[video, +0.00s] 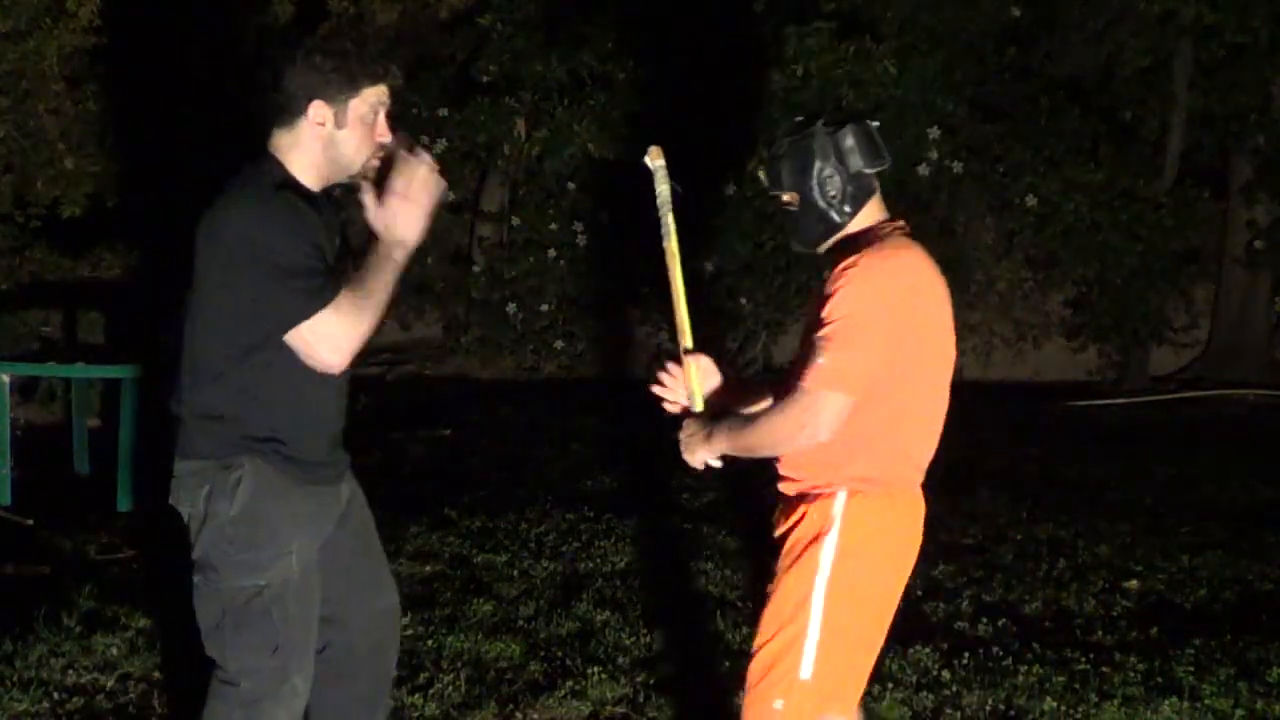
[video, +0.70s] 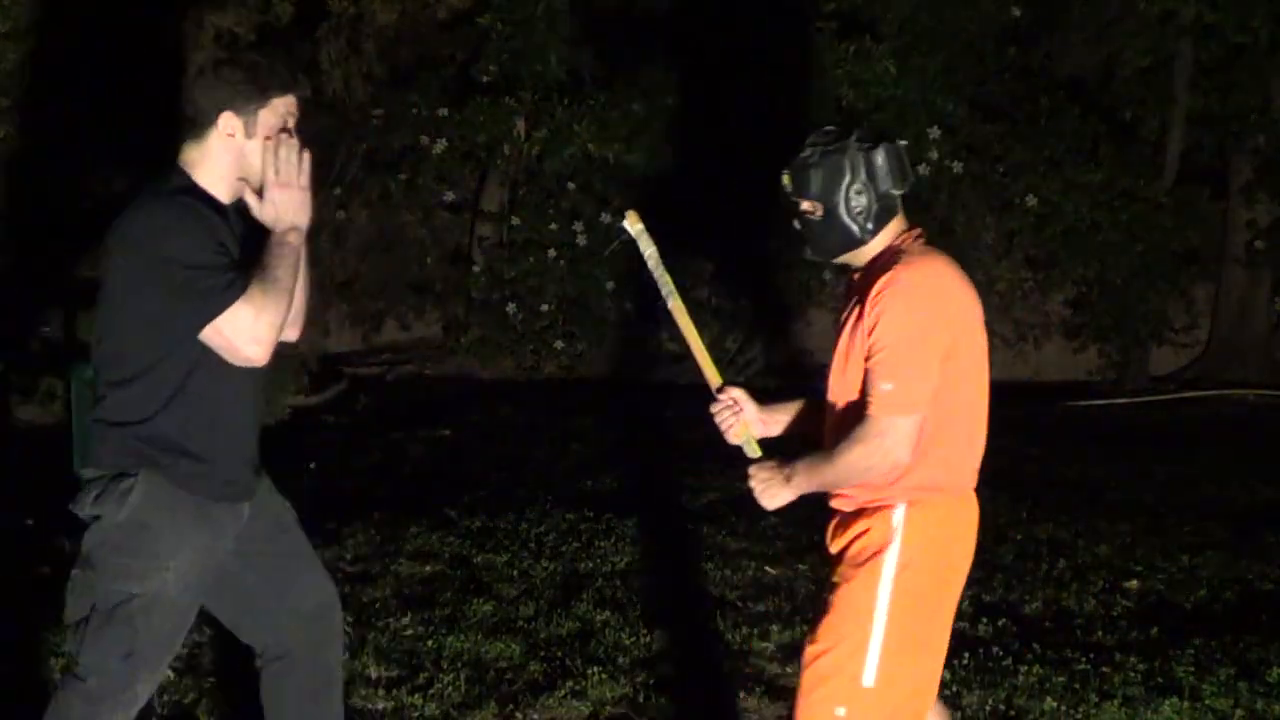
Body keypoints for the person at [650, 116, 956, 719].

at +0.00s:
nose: (786, 208)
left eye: (793, 193)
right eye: (784, 193)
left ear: (831, 189)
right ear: (848, 186)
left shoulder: (877, 274)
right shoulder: (884, 266)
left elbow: (815, 416)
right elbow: (805, 395)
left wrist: (716, 439)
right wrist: (722, 394)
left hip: (849, 517)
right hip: (859, 515)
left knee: (786, 702)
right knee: (816, 702)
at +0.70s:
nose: (804, 223)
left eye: (813, 209)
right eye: (802, 208)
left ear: (855, 207)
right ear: (870, 203)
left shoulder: (913, 289)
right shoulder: (882, 284)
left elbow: (887, 442)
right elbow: (854, 408)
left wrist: (795, 478)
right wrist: (766, 419)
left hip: (911, 528)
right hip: (883, 521)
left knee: (840, 701)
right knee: (895, 698)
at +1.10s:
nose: (849, 205)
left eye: (858, 190)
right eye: (850, 189)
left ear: (893, 194)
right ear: (923, 195)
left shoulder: (914, 279)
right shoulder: (942, 275)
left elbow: (831, 403)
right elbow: (869, 405)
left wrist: (754, 458)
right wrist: (766, 424)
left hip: (893, 539)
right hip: (908, 533)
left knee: (877, 706)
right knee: (899, 703)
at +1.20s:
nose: (828, 215)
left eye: (839, 201)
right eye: (830, 200)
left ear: (876, 207)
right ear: (908, 210)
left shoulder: (886, 291)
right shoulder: (937, 290)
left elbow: (754, 374)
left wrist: (708, 379)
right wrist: (773, 348)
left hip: (881, 550)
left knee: (862, 708)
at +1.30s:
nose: (791, 221)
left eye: (801, 209)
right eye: (791, 208)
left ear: (840, 216)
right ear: (867, 217)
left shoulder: (836, 298)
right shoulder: (921, 300)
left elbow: (712, 344)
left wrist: (745, 313)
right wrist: (781, 310)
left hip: (851, 554)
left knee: (845, 708)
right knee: (726, 652)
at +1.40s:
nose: (742, 221)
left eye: (750, 210)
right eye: (744, 208)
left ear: (780, 217)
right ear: (828, 213)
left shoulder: (785, 297)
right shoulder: (867, 289)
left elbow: (676, 350)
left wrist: (676, 276)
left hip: (816, 553)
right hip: (763, 550)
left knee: (825, 709)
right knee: (672, 657)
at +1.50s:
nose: (692, 224)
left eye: (703, 210)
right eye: (694, 209)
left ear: (738, 218)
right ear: (772, 218)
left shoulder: (774, 312)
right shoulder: (752, 305)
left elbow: (627, 384)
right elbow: (666, 356)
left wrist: (570, 316)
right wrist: (622, 294)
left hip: (777, 557)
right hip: (710, 555)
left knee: (782, 711)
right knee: (622, 671)